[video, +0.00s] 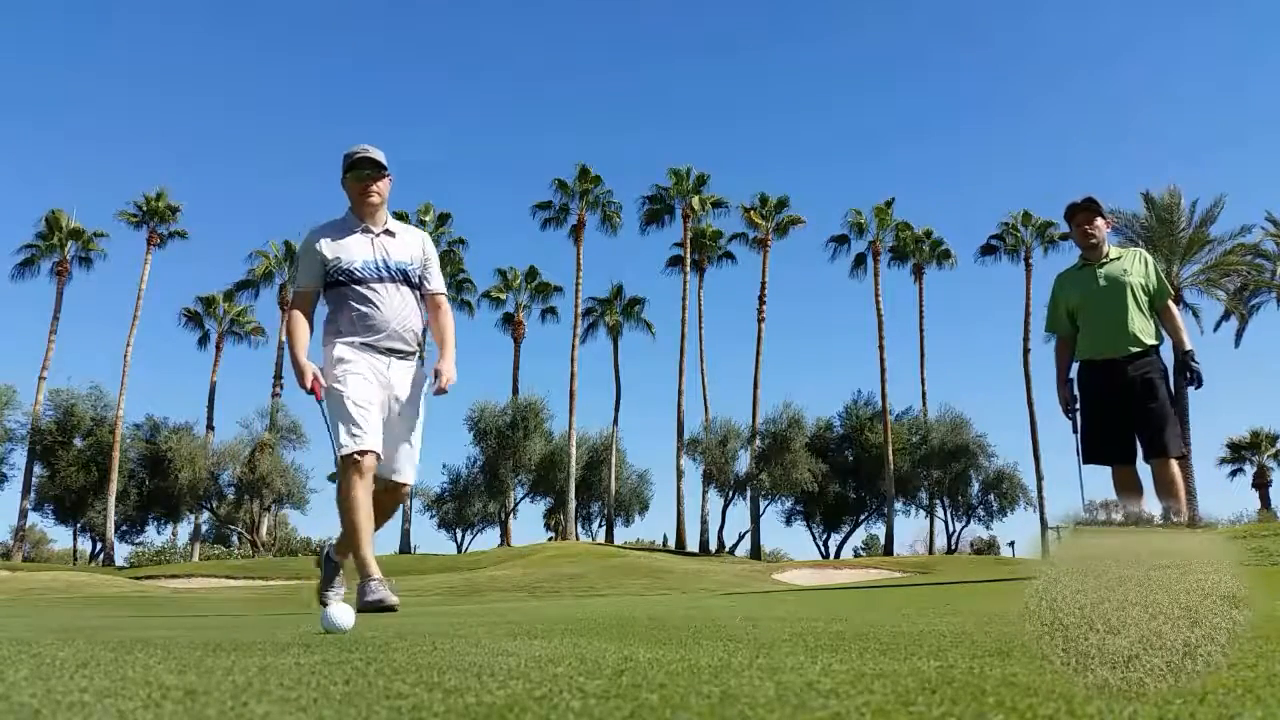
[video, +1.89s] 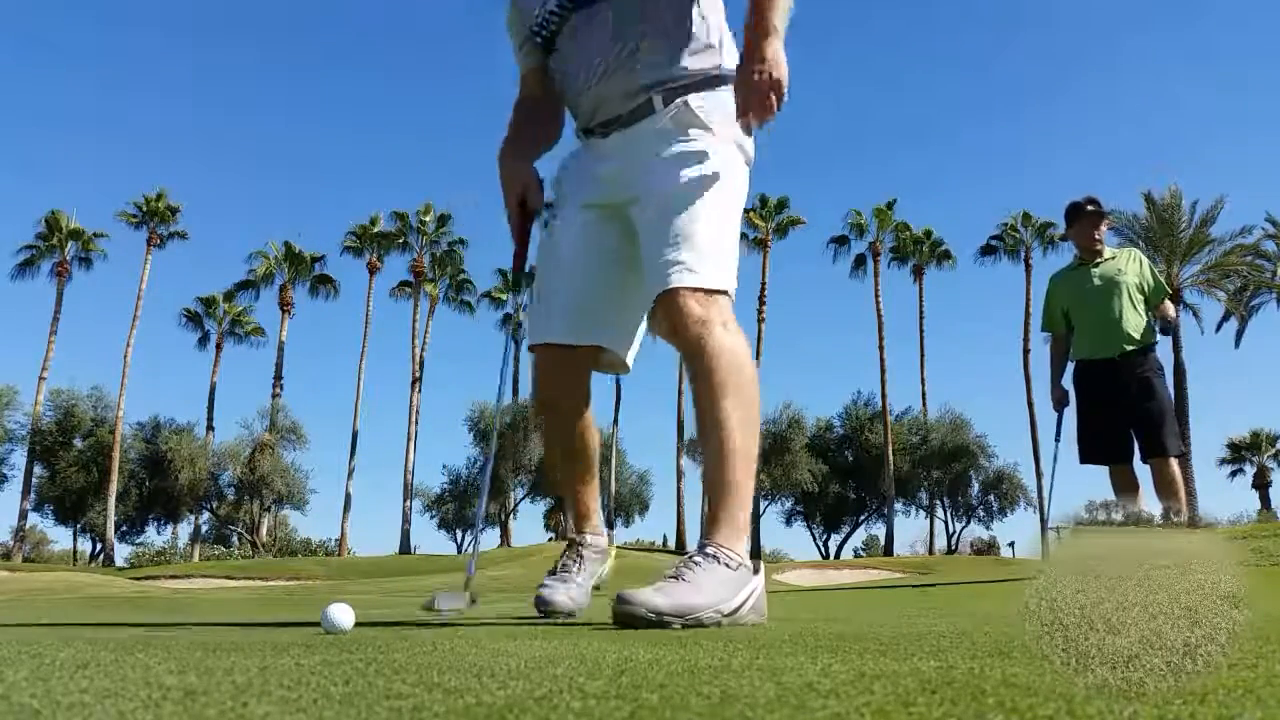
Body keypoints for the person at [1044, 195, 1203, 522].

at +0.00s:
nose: (1086, 228)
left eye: (1091, 221)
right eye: (1078, 225)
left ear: (1106, 224)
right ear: (1071, 235)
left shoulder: (1139, 260)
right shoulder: (1066, 281)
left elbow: (1166, 308)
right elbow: (1065, 337)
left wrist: (1184, 351)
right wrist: (1062, 382)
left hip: (1144, 369)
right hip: (1098, 376)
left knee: (1162, 452)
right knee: (1119, 459)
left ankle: (1178, 527)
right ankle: (1136, 531)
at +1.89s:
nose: (1096, 231)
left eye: (1099, 224)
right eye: (1087, 226)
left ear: (1106, 226)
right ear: (1070, 232)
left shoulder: (1133, 260)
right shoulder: (1061, 282)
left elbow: (1161, 301)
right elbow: (1059, 338)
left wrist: (1168, 314)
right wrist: (1056, 382)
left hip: (1140, 367)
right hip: (1094, 374)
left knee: (1161, 451)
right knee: (1117, 459)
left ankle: (1179, 528)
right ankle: (1134, 531)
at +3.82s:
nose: (1084, 232)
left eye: (1089, 226)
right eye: (1076, 229)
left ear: (1102, 230)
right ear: (1067, 239)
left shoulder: (1132, 265)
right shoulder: (1060, 286)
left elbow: (1158, 312)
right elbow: (1058, 341)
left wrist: (1172, 354)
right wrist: (1055, 387)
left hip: (1139, 373)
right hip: (1093, 380)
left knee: (1160, 456)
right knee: (1117, 463)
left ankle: (1178, 530)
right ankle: (1135, 535)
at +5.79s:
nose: (1091, 213)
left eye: (1097, 206)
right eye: (1083, 209)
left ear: (1113, 210)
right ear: (1076, 219)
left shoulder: (1144, 248)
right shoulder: (1067, 268)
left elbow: (1168, 296)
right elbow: (1063, 326)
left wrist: (1181, 337)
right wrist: (1059, 375)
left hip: (1140, 361)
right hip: (1091, 366)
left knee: (1140, 456)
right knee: (1093, 457)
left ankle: (1143, 533)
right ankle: (1107, 530)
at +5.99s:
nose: (1087, 208)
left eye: (1093, 201)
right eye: (1079, 204)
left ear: (1109, 205)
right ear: (1071, 214)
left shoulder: (1141, 243)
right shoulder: (1063, 264)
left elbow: (1167, 293)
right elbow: (1063, 321)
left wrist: (1181, 338)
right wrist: (1058, 368)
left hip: (1138, 358)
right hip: (1087, 364)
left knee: (1140, 455)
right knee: (1096, 454)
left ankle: (1145, 534)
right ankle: (1104, 534)